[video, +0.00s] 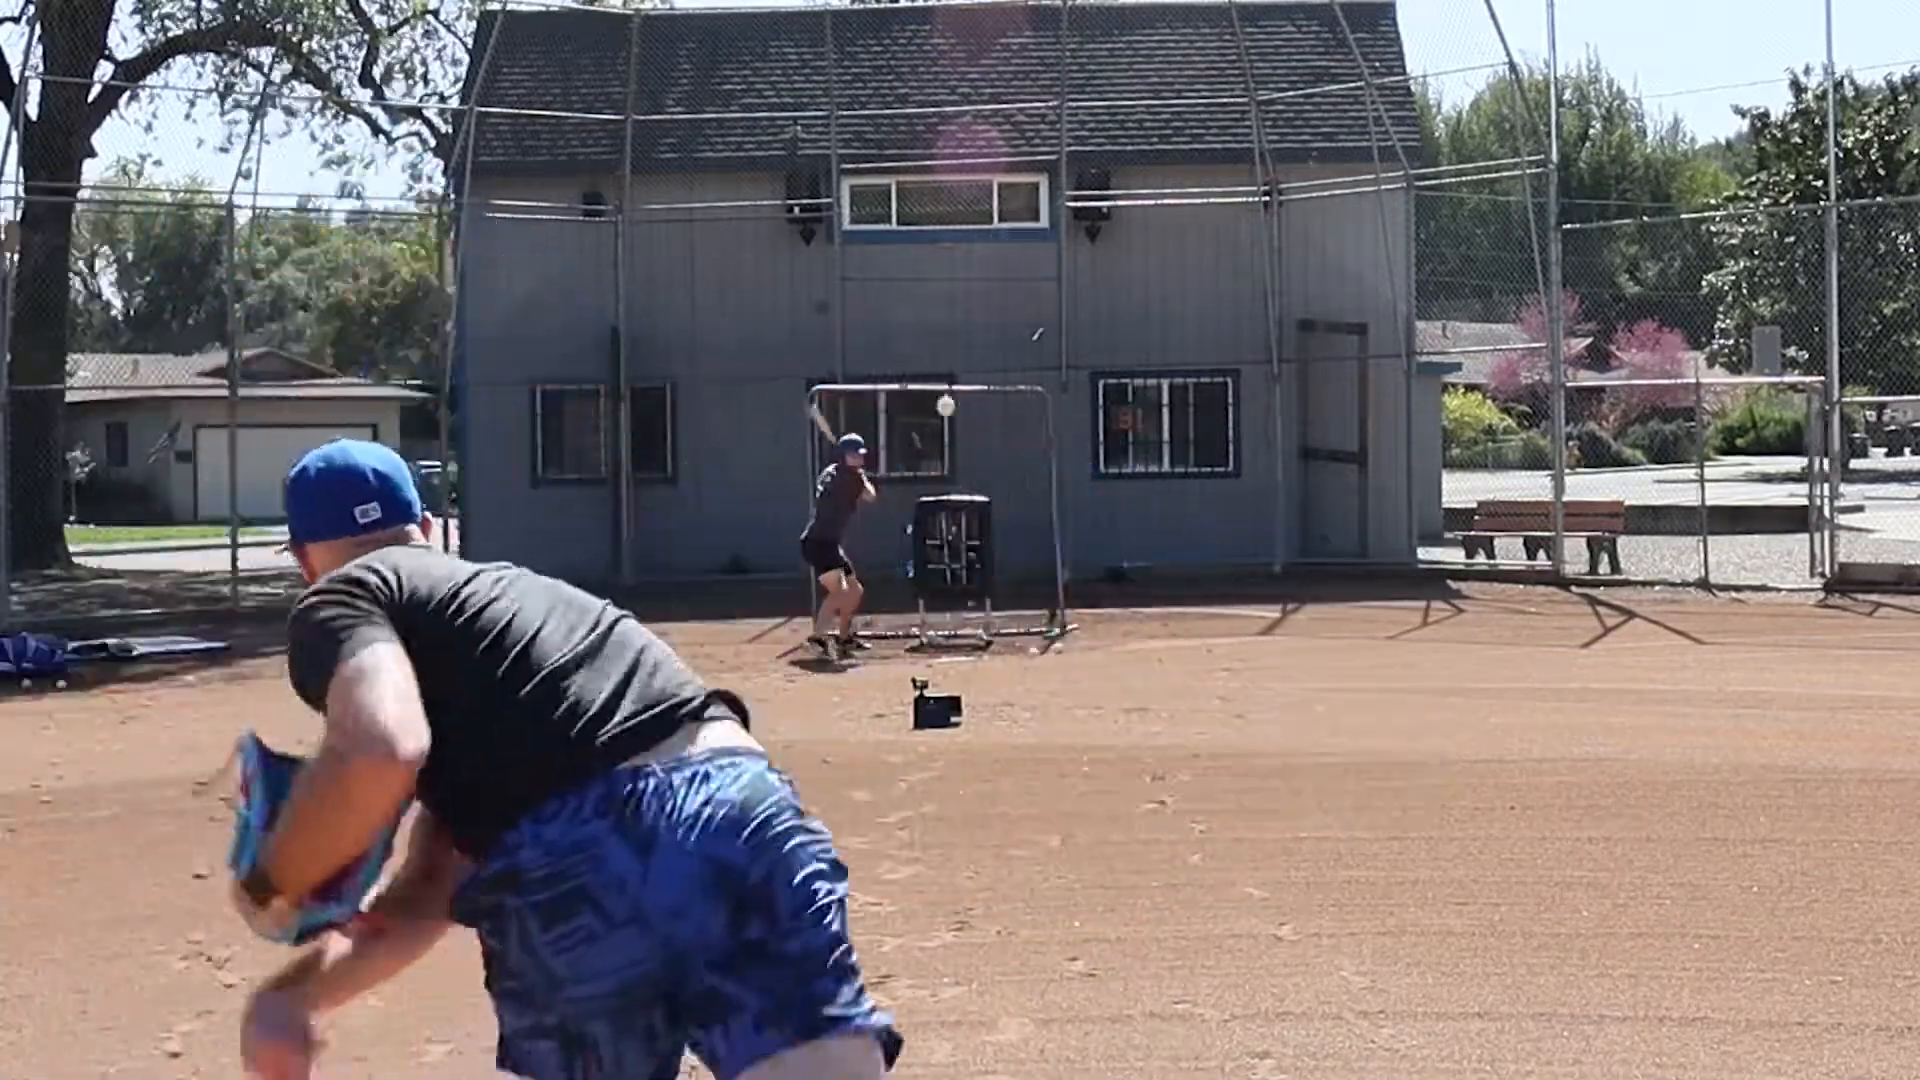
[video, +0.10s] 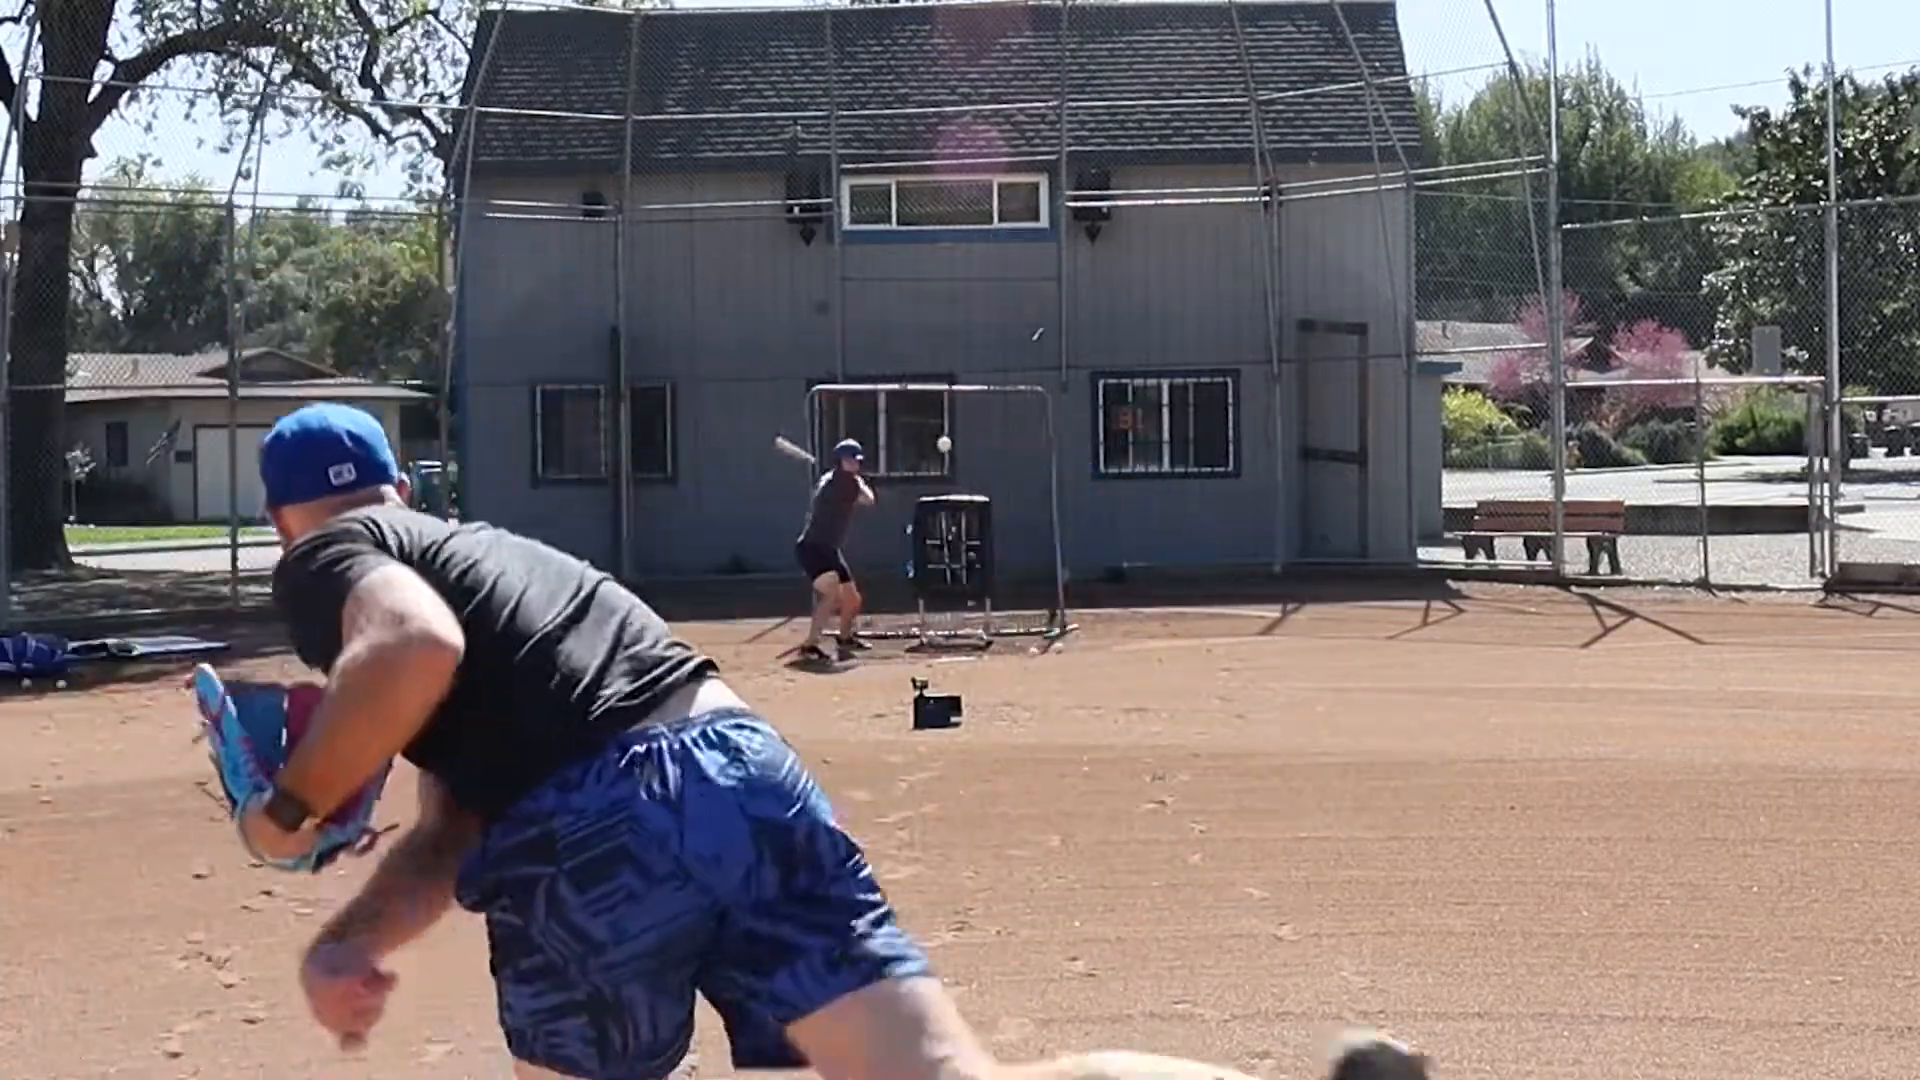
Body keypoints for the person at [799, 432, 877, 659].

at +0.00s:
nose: (860, 459)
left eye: (861, 454)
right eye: (855, 454)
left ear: (860, 456)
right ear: (844, 455)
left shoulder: (855, 475)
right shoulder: (838, 475)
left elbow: (870, 496)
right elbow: (870, 496)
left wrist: (859, 477)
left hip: (832, 541)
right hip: (818, 542)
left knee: (855, 590)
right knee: (839, 590)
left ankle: (844, 635)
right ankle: (819, 634)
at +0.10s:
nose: (856, 464)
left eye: (857, 460)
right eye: (851, 459)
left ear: (857, 462)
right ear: (840, 460)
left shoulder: (839, 478)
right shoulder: (840, 482)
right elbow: (869, 500)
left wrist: (856, 482)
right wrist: (858, 480)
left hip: (830, 547)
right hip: (814, 546)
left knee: (852, 599)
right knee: (831, 593)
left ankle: (845, 638)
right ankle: (810, 644)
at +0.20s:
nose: (844, 460)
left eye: (847, 455)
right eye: (839, 455)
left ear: (850, 458)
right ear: (830, 456)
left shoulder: (839, 477)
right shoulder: (831, 478)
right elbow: (864, 492)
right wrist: (863, 479)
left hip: (832, 546)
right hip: (812, 544)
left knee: (854, 598)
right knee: (826, 593)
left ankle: (845, 638)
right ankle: (806, 645)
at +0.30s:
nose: (833, 452)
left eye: (836, 448)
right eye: (829, 448)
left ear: (840, 450)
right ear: (821, 449)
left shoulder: (825, 473)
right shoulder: (823, 472)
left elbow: (840, 514)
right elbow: (858, 488)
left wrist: (854, 487)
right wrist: (863, 476)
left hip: (830, 542)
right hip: (815, 542)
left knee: (853, 595)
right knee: (824, 592)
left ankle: (845, 638)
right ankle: (805, 646)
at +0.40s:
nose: (828, 450)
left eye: (829, 445)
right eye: (823, 447)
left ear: (832, 446)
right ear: (813, 450)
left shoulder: (830, 465)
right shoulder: (816, 472)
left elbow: (851, 483)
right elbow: (849, 494)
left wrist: (851, 490)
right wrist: (862, 483)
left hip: (832, 540)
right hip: (814, 540)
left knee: (851, 593)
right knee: (823, 591)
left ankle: (844, 637)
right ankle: (806, 644)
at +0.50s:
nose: (825, 450)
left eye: (826, 445)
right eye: (819, 446)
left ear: (828, 446)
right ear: (810, 449)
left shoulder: (830, 466)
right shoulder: (812, 473)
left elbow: (851, 487)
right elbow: (839, 504)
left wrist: (846, 495)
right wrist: (859, 495)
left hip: (833, 540)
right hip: (814, 540)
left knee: (851, 592)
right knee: (823, 591)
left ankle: (844, 637)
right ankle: (806, 645)